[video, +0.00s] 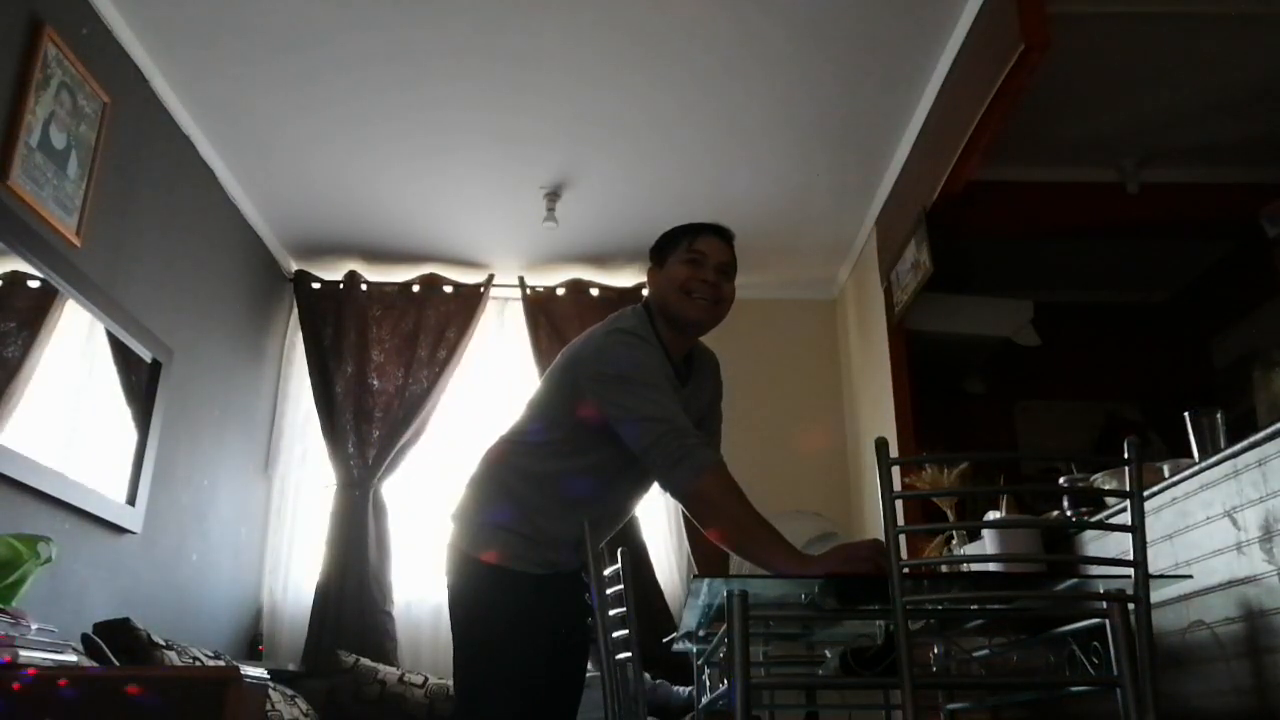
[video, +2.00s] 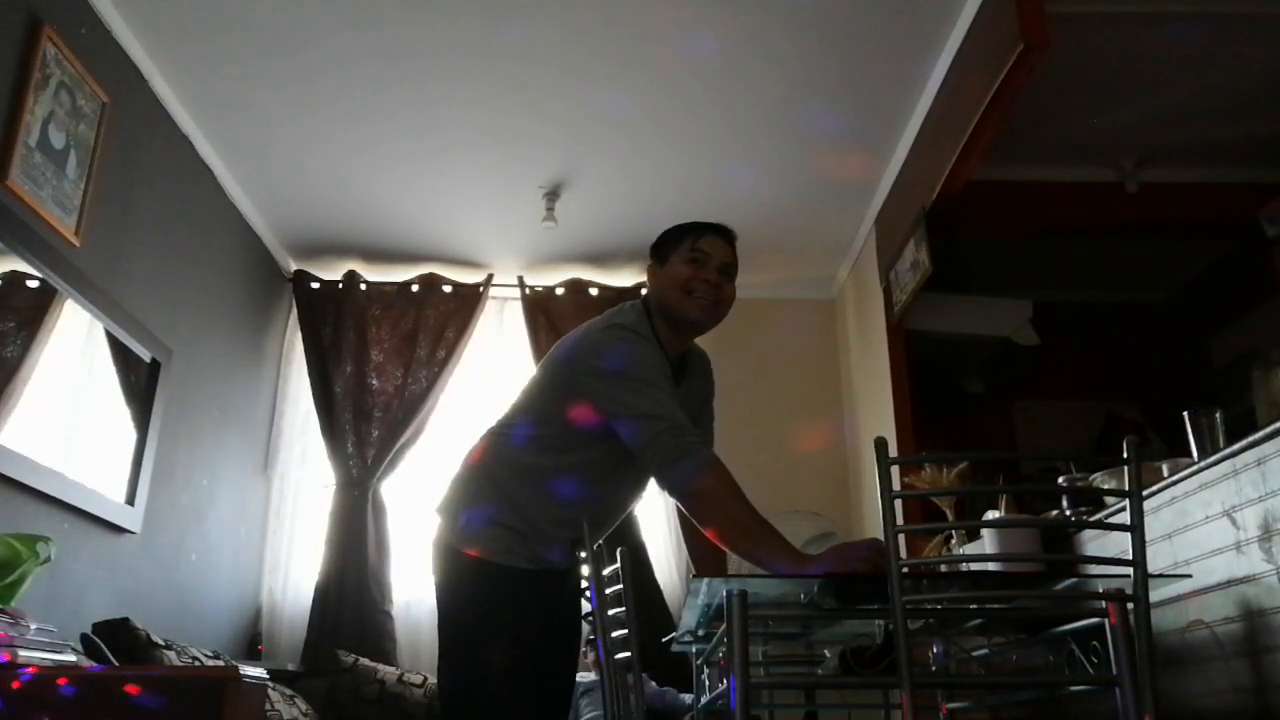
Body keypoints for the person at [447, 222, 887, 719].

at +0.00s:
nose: (710, 280)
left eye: (725, 273)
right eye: (693, 263)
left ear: (732, 294)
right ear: (653, 274)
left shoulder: (700, 369)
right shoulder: (620, 349)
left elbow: (702, 491)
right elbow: (692, 478)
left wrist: (721, 599)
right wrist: (800, 564)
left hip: (568, 556)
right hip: (502, 547)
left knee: (553, 703)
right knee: (497, 706)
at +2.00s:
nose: (711, 279)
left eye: (726, 273)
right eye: (695, 261)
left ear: (731, 297)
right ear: (653, 272)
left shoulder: (693, 370)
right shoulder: (617, 344)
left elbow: (697, 488)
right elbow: (689, 475)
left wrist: (720, 597)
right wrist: (797, 564)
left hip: (553, 553)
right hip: (489, 542)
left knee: (545, 706)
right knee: (486, 707)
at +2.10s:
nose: (712, 278)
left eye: (725, 273)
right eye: (695, 262)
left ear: (730, 297)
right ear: (653, 272)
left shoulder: (691, 371)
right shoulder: (617, 344)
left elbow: (696, 489)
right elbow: (690, 475)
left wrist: (719, 596)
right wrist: (798, 564)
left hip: (553, 553)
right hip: (487, 543)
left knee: (544, 707)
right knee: (485, 706)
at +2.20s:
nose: (711, 279)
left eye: (725, 274)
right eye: (694, 262)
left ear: (729, 297)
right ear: (652, 272)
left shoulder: (689, 374)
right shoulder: (615, 342)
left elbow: (693, 493)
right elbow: (691, 475)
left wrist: (717, 602)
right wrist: (799, 564)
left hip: (552, 554)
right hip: (486, 543)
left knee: (544, 707)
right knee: (486, 708)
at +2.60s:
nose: (700, 280)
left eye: (715, 274)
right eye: (685, 263)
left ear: (720, 298)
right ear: (644, 272)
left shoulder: (676, 376)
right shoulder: (611, 342)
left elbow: (686, 495)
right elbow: (690, 468)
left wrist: (718, 601)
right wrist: (799, 564)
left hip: (533, 552)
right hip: (472, 538)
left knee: (533, 703)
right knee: (482, 704)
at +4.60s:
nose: (529, 258)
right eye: (531, 250)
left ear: (459, 241)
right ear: (526, 245)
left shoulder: (403, 290)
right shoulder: (540, 273)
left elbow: (305, 366)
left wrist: (274, 481)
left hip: (375, 522)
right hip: (477, 515)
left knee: (395, 695)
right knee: (476, 695)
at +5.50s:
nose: (551, 340)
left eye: (549, 334)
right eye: (551, 333)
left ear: (489, 327)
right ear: (542, 328)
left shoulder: (430, 374)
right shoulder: (555, 363)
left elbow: (398, 480)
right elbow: (601, 438)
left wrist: (451, 510)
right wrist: (602, 520)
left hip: (437, 580)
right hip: (522, 578)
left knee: (450, 710)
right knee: (534, 709)